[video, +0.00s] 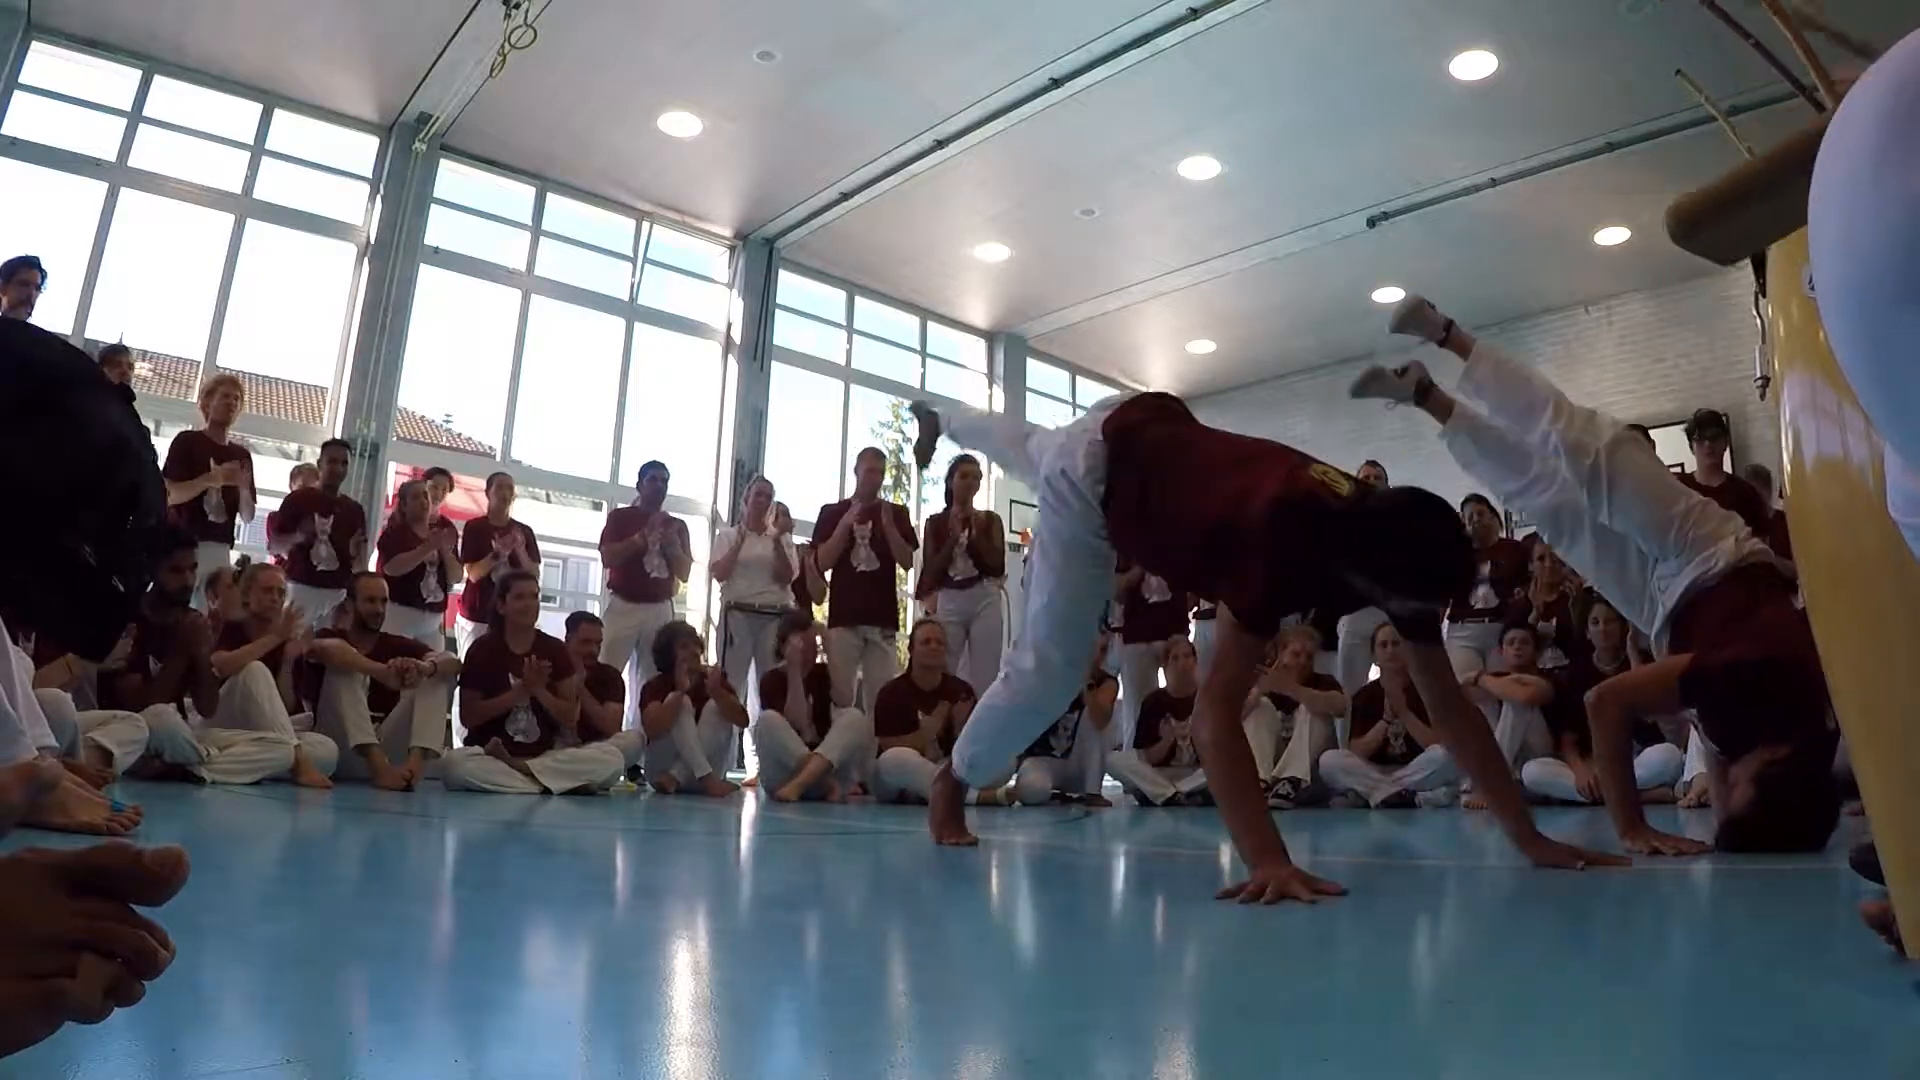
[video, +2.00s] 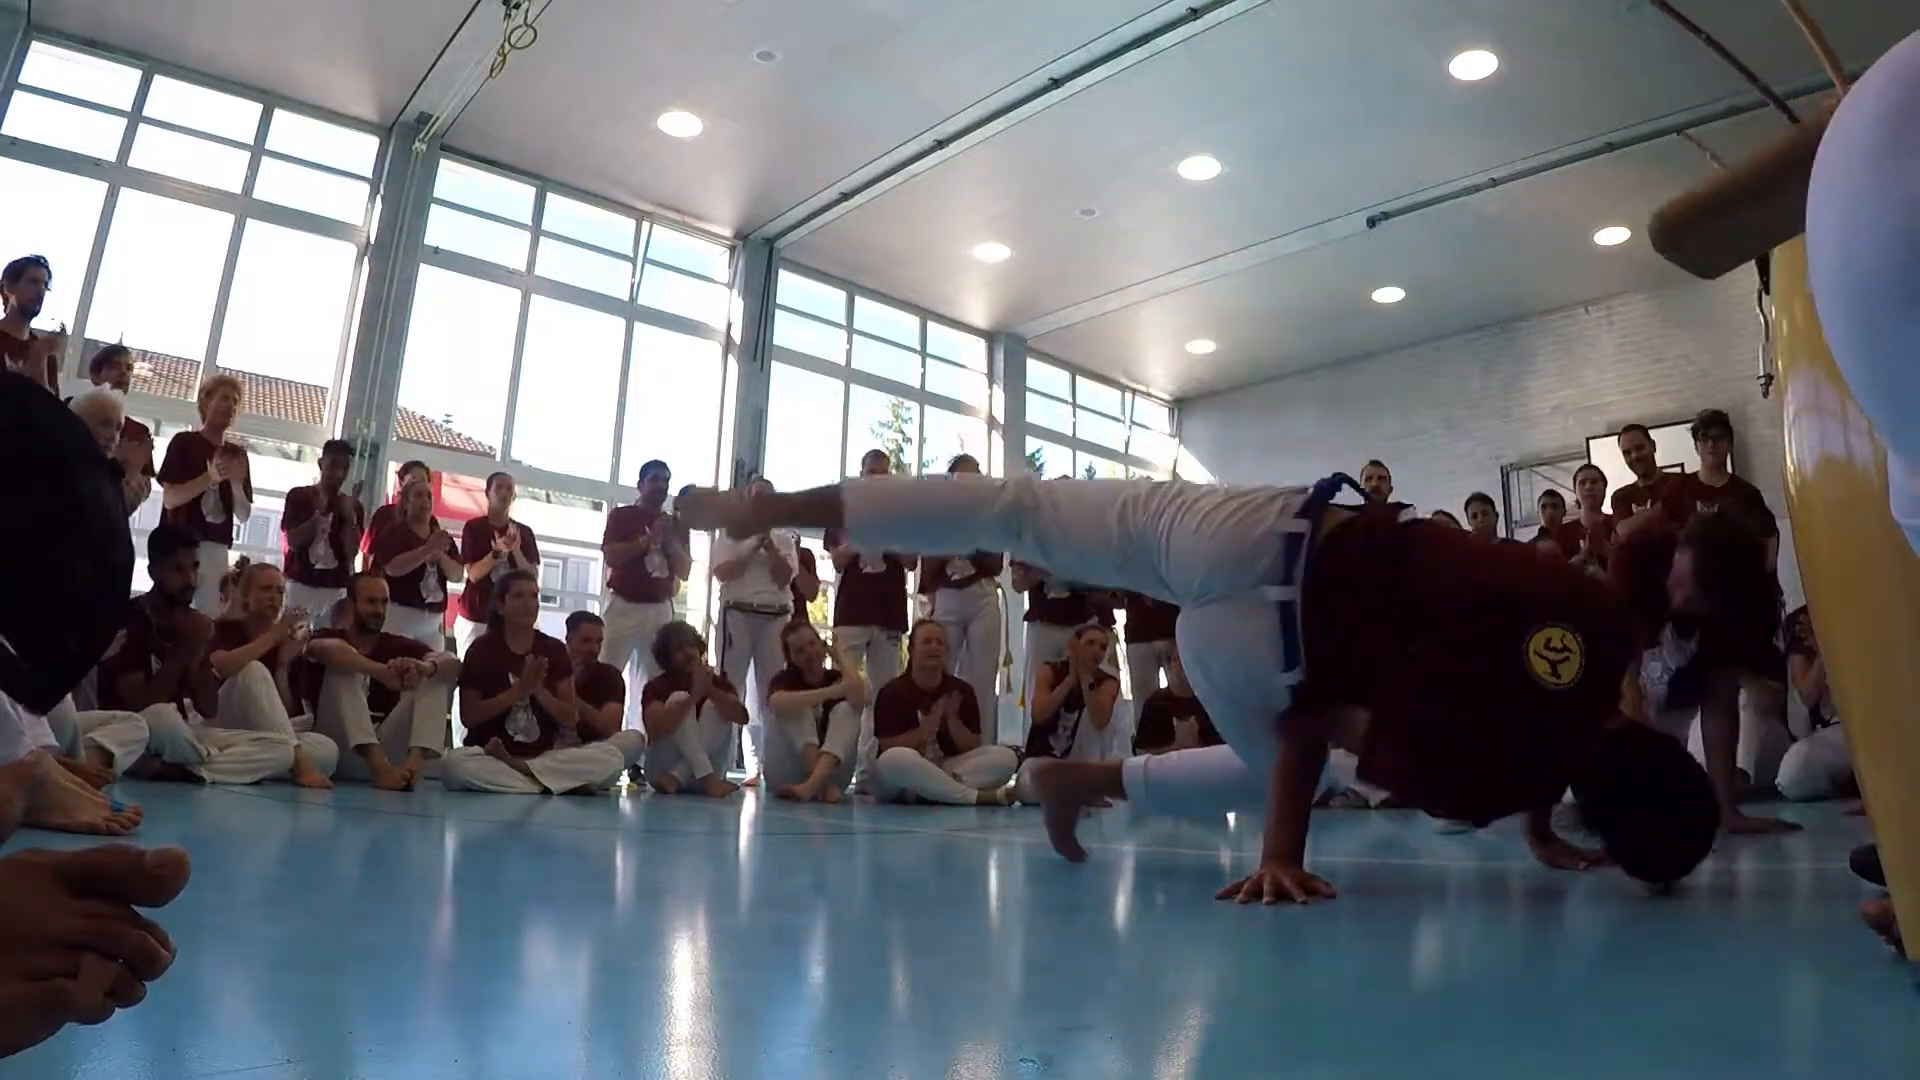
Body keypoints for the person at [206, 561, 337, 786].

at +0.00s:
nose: (275, 598)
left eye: (280, 592)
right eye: (267, 591)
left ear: (286, 598)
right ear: (247, 595)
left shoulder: (288, 641)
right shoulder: (231, 630)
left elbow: (288, 707)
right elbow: (221, 666)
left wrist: (288, 661)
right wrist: (277, 637)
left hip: (268, 733)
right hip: (224, 724)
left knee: (327, 752)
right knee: (254, 670)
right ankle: (299, 761)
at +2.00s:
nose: (274, 597)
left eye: (279, 591)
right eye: (265, 589)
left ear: (284, 597)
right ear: (245, 594)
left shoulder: (285, 641)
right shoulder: (224, 628)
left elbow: (290, 712)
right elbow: (220, 666)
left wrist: (283, 665)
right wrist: (273, 637)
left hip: (271, 733)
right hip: (223, 725)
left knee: (327, 751)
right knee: (253, 671)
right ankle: (299, 762)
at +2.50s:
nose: (274, 597)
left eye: (279, 591)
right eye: (266, 589)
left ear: (284, 597)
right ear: (246, 595)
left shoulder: (291, 646)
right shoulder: (224, 630)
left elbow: (293, 711)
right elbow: (222, 666)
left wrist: (279, 664)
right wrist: (278, 637)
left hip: (273, 733)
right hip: (224, 726)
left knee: (326, 752)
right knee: (253, 671)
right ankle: (298, 762)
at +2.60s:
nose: (274, 597)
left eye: (279, 591)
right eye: (265, 589)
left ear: (284, 597)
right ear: (245, 595)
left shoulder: (290, 645)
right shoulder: (224, 630)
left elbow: (291, 710)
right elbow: (220, 666)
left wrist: (279, 662)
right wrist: (278, 637)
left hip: (273, 733)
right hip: (224, 726)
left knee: (326, 752)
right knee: (254, 671)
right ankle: (299, 762)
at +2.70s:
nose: (273, 597)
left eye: (278, 591)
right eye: (265, 589)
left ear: (283, 597)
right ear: (245, 594)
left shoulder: (285, 641)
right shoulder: (226, 630)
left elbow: (286, 707)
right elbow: (220, 667)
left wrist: (287, 662)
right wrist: (271, 637)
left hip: (270, 732)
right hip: (224, 726)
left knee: (326, 752)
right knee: (253, 671)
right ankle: (298, 762)